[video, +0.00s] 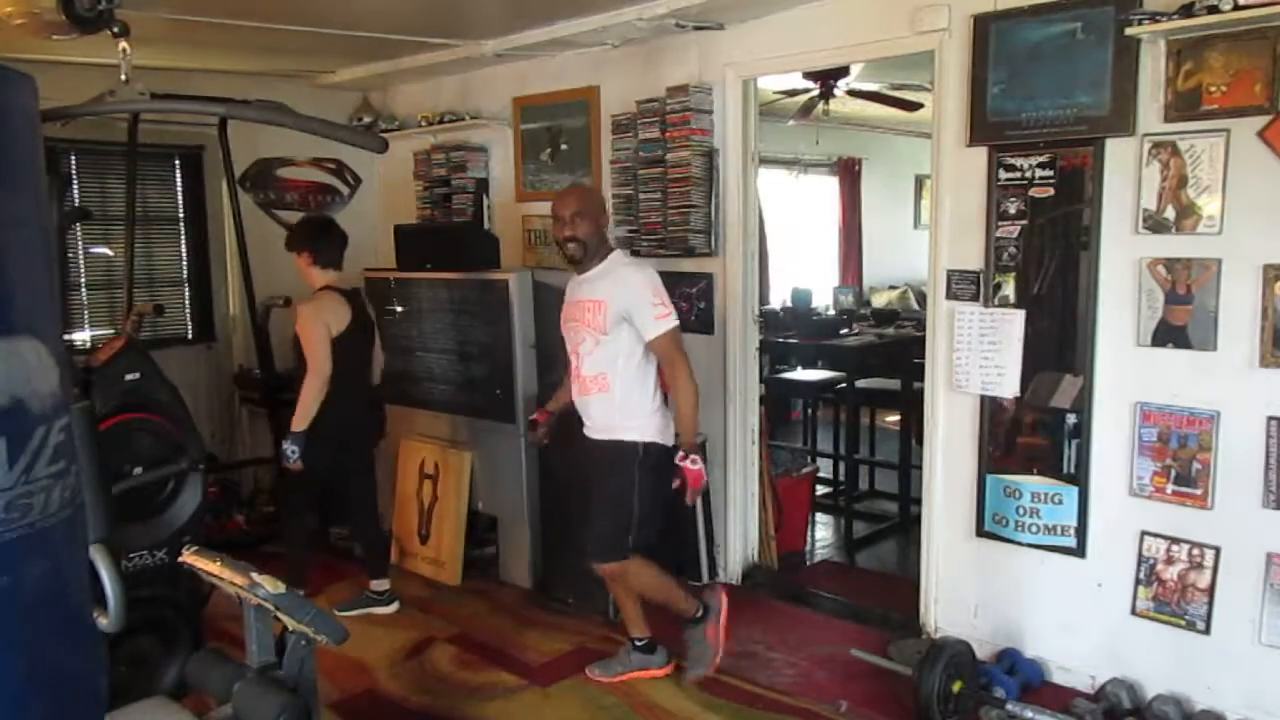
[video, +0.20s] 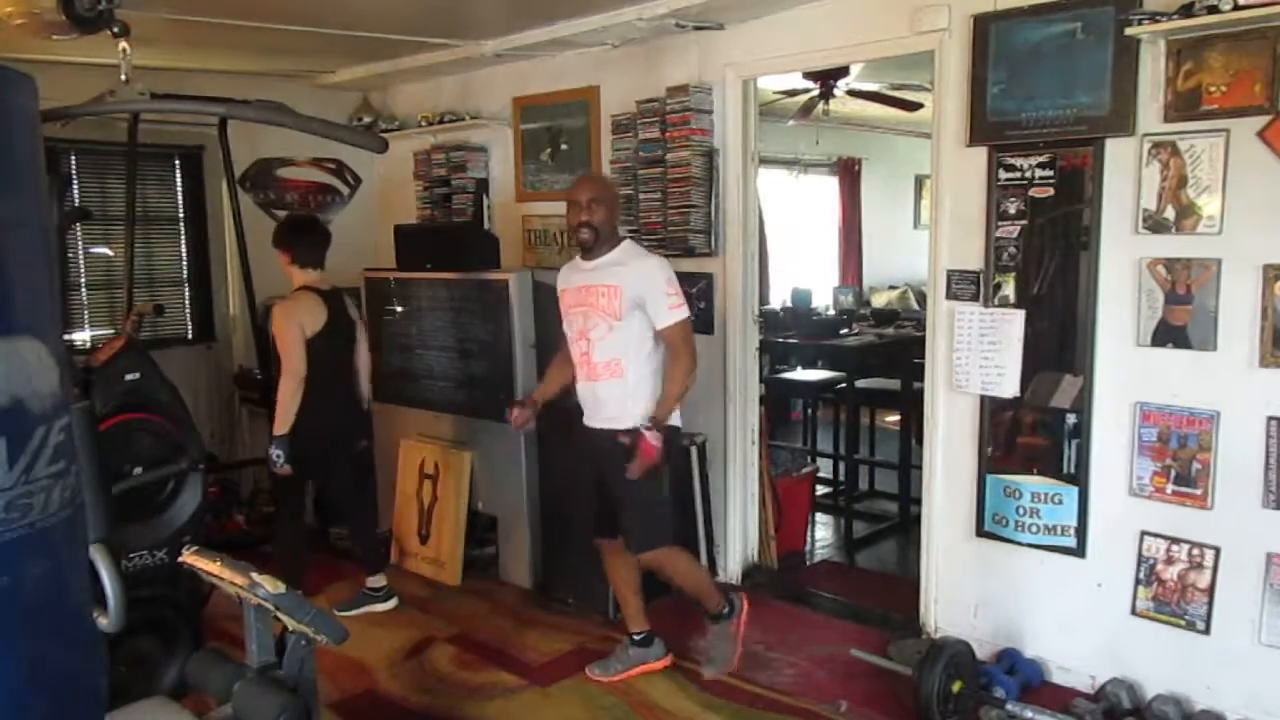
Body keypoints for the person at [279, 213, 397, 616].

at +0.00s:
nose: (297, 263)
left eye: (297, 256)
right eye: (297, 256)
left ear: (307, 258)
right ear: (337, 254)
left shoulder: (312, 310)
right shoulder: (359, 301)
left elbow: (319, 374)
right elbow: (376, 364)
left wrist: (295, 432)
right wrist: (358, 395)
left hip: (326, 422)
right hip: (361, 417)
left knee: (303, 503)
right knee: (363, 502)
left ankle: (295, 587)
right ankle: (380, 587)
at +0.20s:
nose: (278, 258)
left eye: (280, 252)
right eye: (280, 251)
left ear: (286, 256)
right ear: (322, 253)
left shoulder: (288, 309)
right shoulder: (347, 303)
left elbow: (294, 375)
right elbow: (363, 362)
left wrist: (279, 437)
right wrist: (363, 409)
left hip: (307, 427)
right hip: (349, 420)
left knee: (292, 513)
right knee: (359, 500)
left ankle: (290, 591)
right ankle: (377, 584)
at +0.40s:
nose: (260, 259)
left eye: (260, 253)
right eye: (262, 252)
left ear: (266, 257)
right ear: (303, 253)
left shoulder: (264, 308)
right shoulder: (327, 302)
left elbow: (262, 374)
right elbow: (346, 363)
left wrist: (241, 430)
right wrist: (346, 414)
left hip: (283, 426)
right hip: (327, 419)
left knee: (283, 506)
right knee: (330, 495)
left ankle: (289, 590)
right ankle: (366, 568)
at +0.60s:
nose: (246, 260)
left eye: (247, 254)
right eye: (249, 254)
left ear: (250, 257)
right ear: (287, 256)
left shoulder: (243, 308)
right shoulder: (314, 303)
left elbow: (235, 371)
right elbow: (335, 365)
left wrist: (210, 420)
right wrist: (324, 402)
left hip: (266, 418)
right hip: (312, 414)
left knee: (275, 496)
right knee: (294, 487)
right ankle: (319, 557)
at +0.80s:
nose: (238, 261)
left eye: (238, 256)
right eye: (241, 256)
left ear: (242, 259)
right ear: (279, 256)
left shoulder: (232, 310)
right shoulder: (303, 304)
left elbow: (221, 372)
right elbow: (330, 362)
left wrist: (217, 414)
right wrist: (312, 398)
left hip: (255, 424)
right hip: (299, 419)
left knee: (270, 505)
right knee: (290, 500)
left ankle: (284, 583)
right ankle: (291, 578)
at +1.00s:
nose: (237, 263)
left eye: (237, 257)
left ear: (241, 261)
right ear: (278, 259)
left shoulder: (228, 313)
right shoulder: (300, 308)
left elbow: (219, 377)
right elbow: (323, 364)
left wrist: (217, 417)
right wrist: (303, 398)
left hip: (250, 424)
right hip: (294, 419)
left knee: (265, 504)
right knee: (289, 499)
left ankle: (279, 580)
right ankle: (290, 574)